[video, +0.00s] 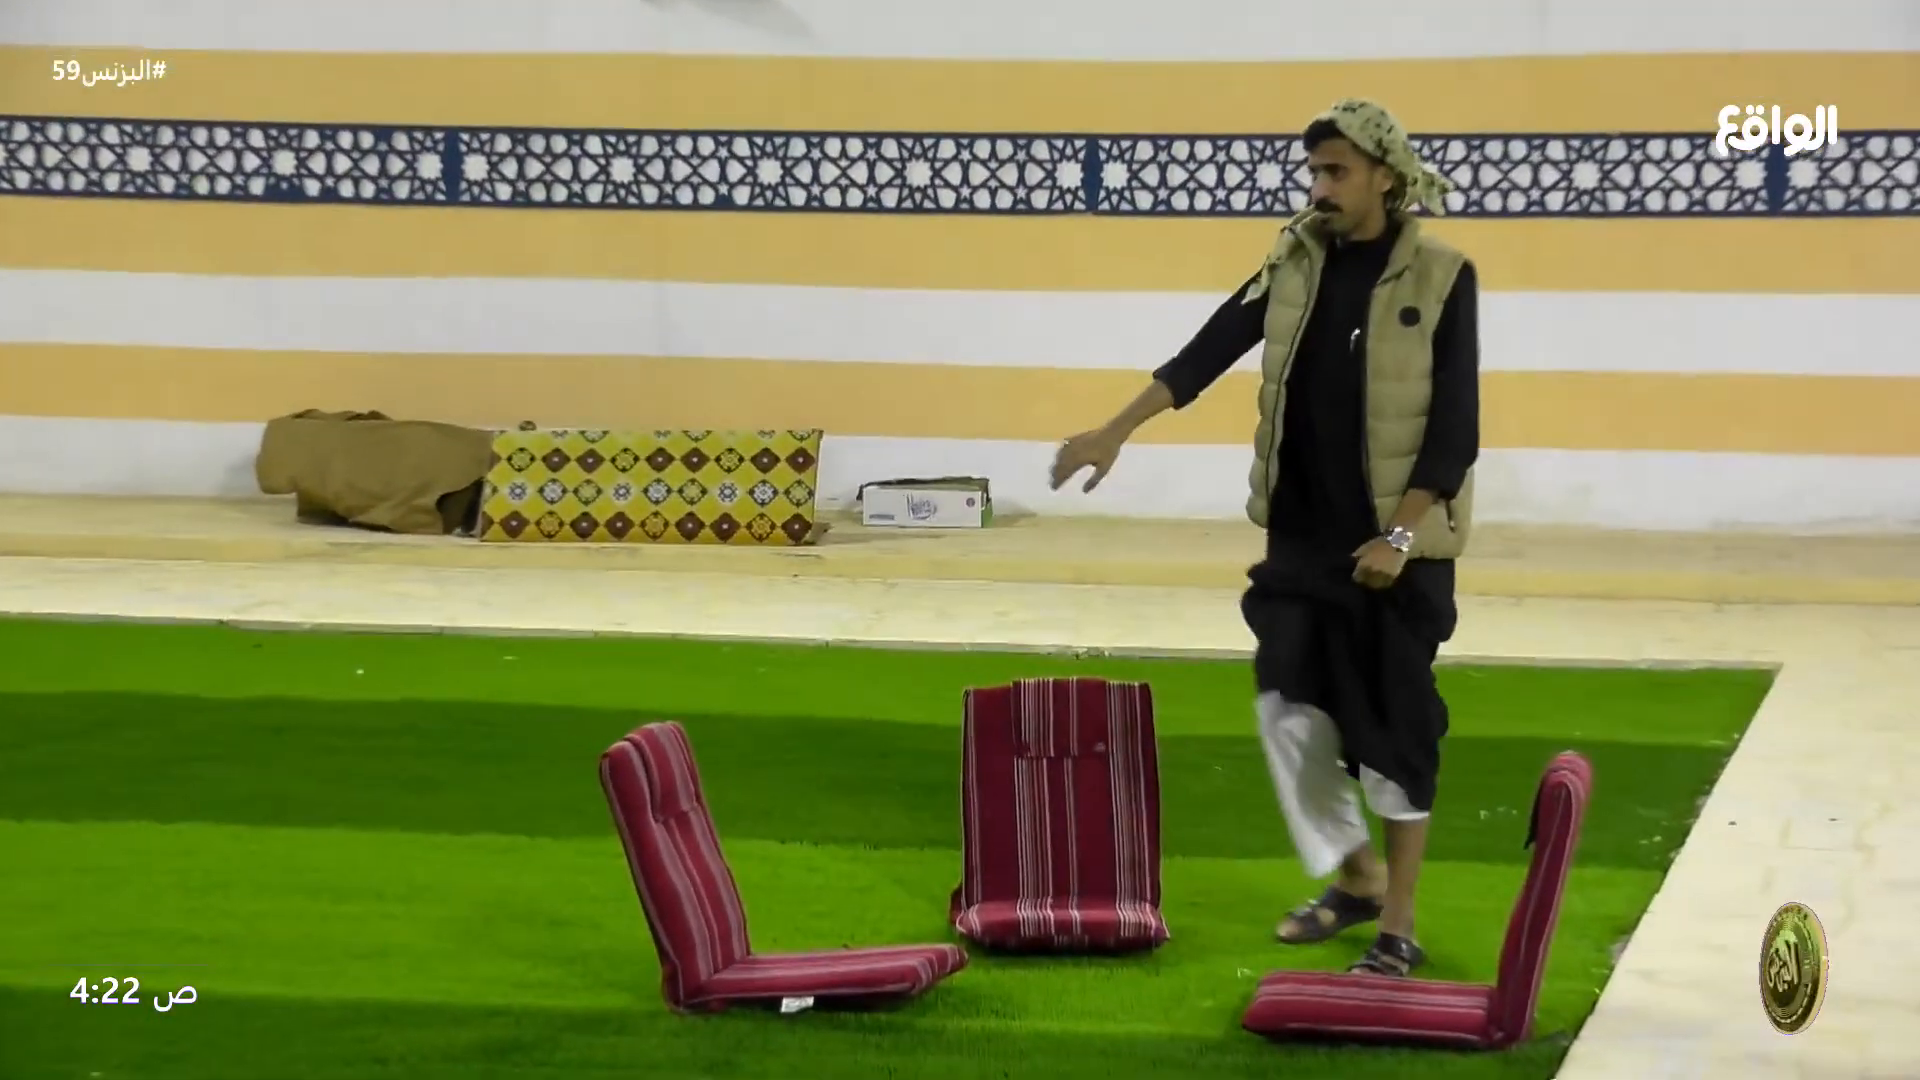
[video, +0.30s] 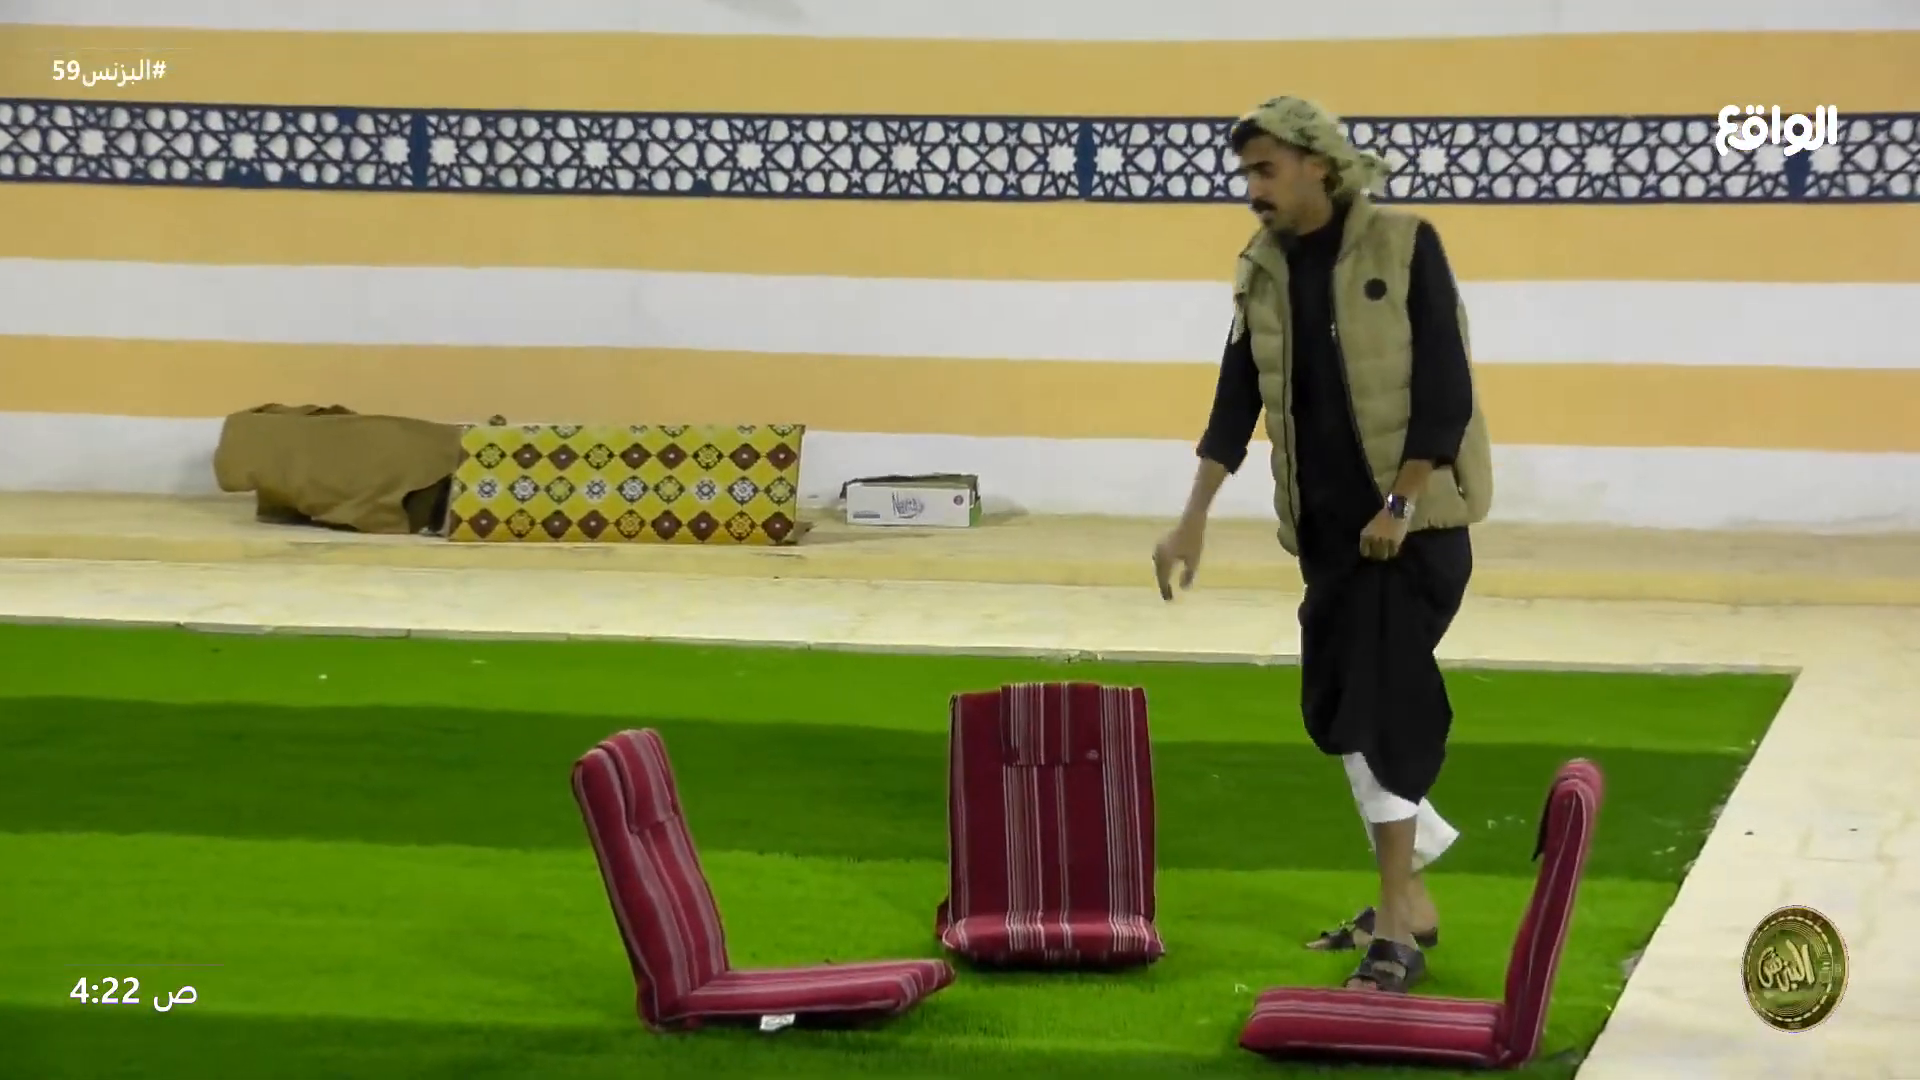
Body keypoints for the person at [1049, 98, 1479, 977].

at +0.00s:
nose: (1319, 187)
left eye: (1335, 171)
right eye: (1313, 172)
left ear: (1386, 175)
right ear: (1313, 176)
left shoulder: (1443, 275)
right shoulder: (1294, 265)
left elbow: (1456, 421)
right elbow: (1210, 349)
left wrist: (1402, 531)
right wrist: (1115, 429)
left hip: (1400, 547)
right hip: (1300, 542)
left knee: (1396, 738)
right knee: (1290, 719)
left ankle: (1398, 928)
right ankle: (1359, 880)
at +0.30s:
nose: (1252, 191)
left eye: (1264, 171)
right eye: (1246, 176)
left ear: (1320, 164)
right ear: (1256, 181)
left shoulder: (1402, 243)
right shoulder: (1265, 267)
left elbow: (1444, 382)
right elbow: (1238, 395)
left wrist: (1403, 501)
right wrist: (1194, 514)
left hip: (1414, 517)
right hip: (1327, 526)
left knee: (1376, 706)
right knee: (1342, 710)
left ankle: (1400, 921)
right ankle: (1409, 906)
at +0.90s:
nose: (1140, 227)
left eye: (1146, 210)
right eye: (1136, 212)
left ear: (1196, 197)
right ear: (1192, 201)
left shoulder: (1273, 263)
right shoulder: (1210, 270)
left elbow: (1316, 397)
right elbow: (1234, 399)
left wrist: (1277, 506)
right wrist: (1226, 490)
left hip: (1327, 531)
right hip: (1287, 531)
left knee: (1291, 716)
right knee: (1308, 708)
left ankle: (1308, 919)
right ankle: (1341, 896)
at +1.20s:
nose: (1128, 200)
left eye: (1128, 184)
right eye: (1123, 185)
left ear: (1160, 179)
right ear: (1210, 157)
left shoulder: (1196, 262)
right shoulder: (1284, 221)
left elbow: (1205, 409)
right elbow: (1290, 353)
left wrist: (1193, 504)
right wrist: (1199, 412)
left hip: (1252, 511)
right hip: (1322, 483)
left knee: (1253, 696)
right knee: (1241, 643)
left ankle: (1270, 920)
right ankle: (1246, 799)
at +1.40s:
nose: (1139, 183)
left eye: (1142, 166)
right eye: (1138, 166)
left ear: (1169, 165)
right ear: (1229, 150)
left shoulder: (1183, 258)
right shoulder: (1298, 231)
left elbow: (1180, 403)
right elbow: (1334, 367)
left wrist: (1160, 501)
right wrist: (1298, 456)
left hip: (1221, 520)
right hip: (1297, 501)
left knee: (1231, 704)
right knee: (1272, 640)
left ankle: (1255, 919)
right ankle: (1271, 793)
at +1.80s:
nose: (1183, 180)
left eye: (1188, 165)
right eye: (1184, 164)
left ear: (1208, 169)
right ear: (1280, 154)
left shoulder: (1205, 260)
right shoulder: (1337, 249)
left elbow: (1187, 401)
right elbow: (1371, 387)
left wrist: (1154, 499)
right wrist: (1390, 500)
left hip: (1210, 537)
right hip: (1307, 535)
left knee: (1129, 670)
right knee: (1282, 704)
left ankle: (1188, 857)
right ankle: (1277, 917)